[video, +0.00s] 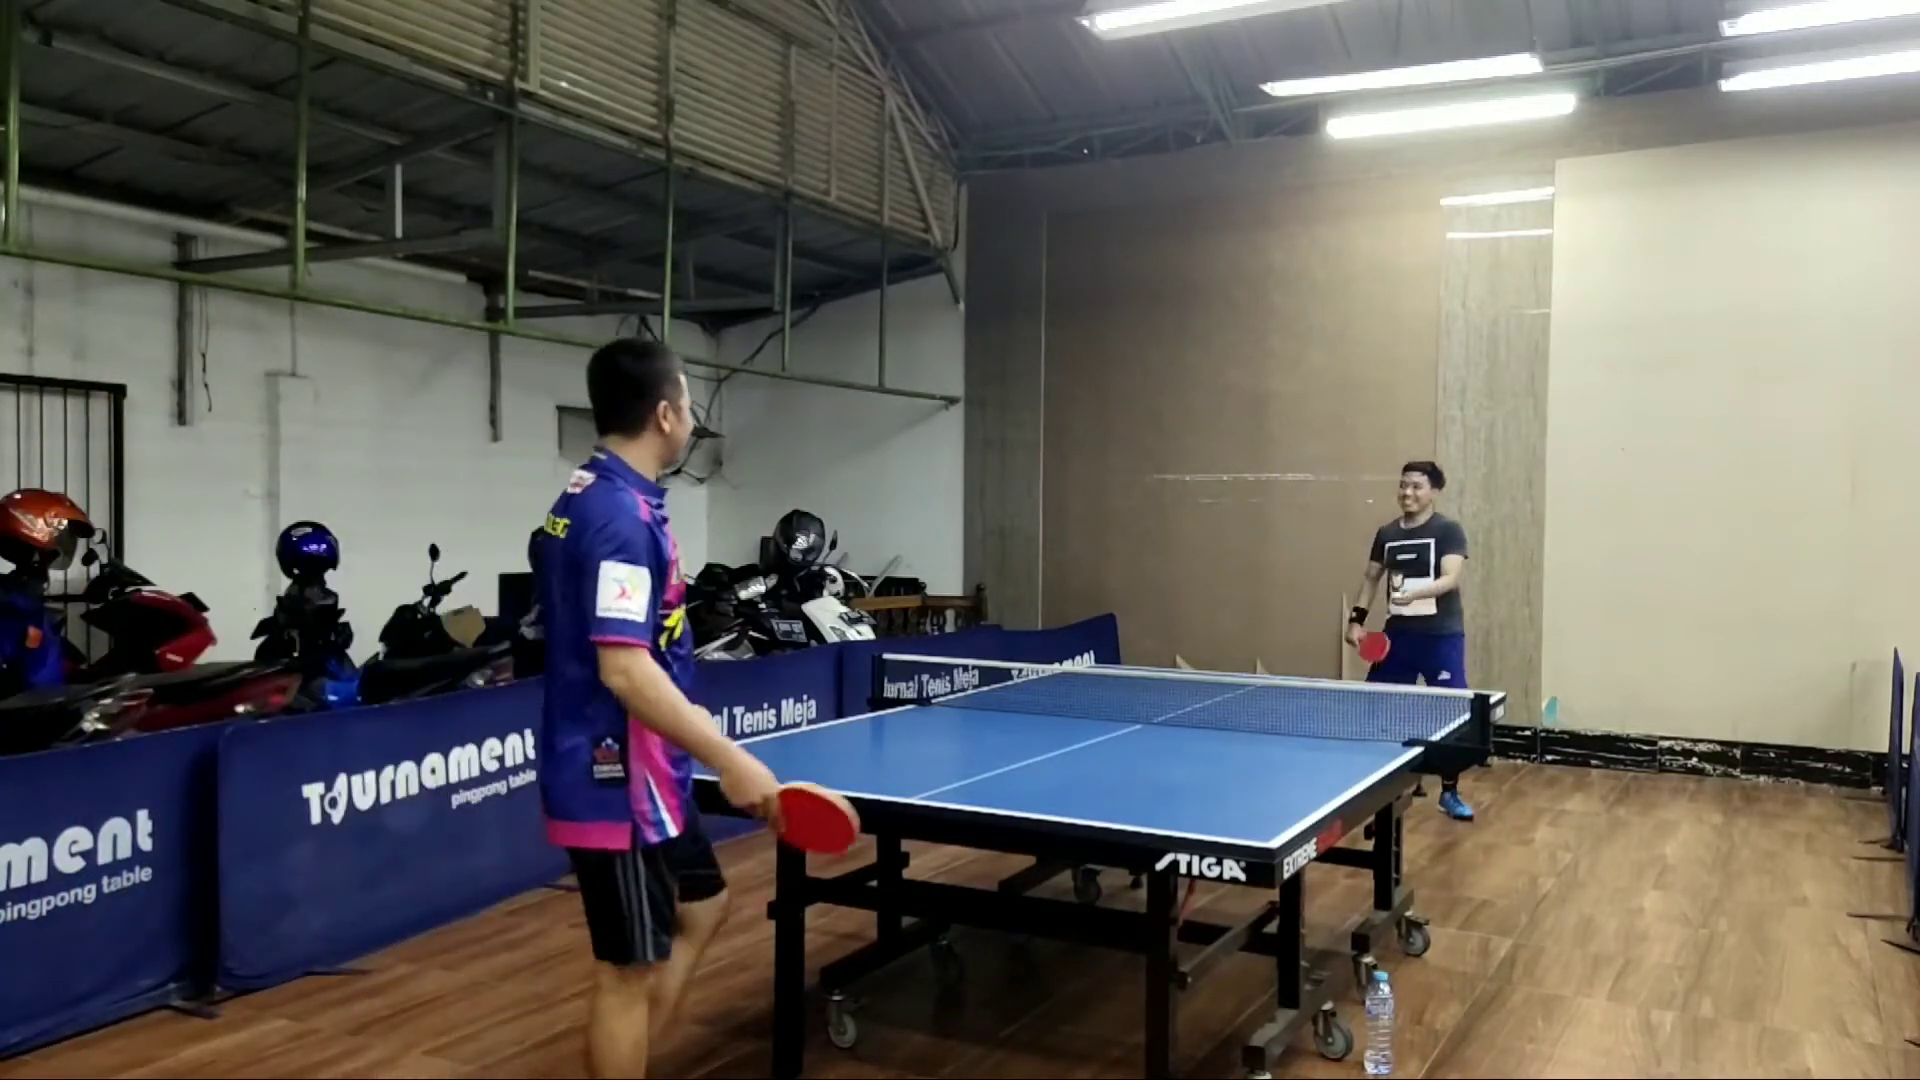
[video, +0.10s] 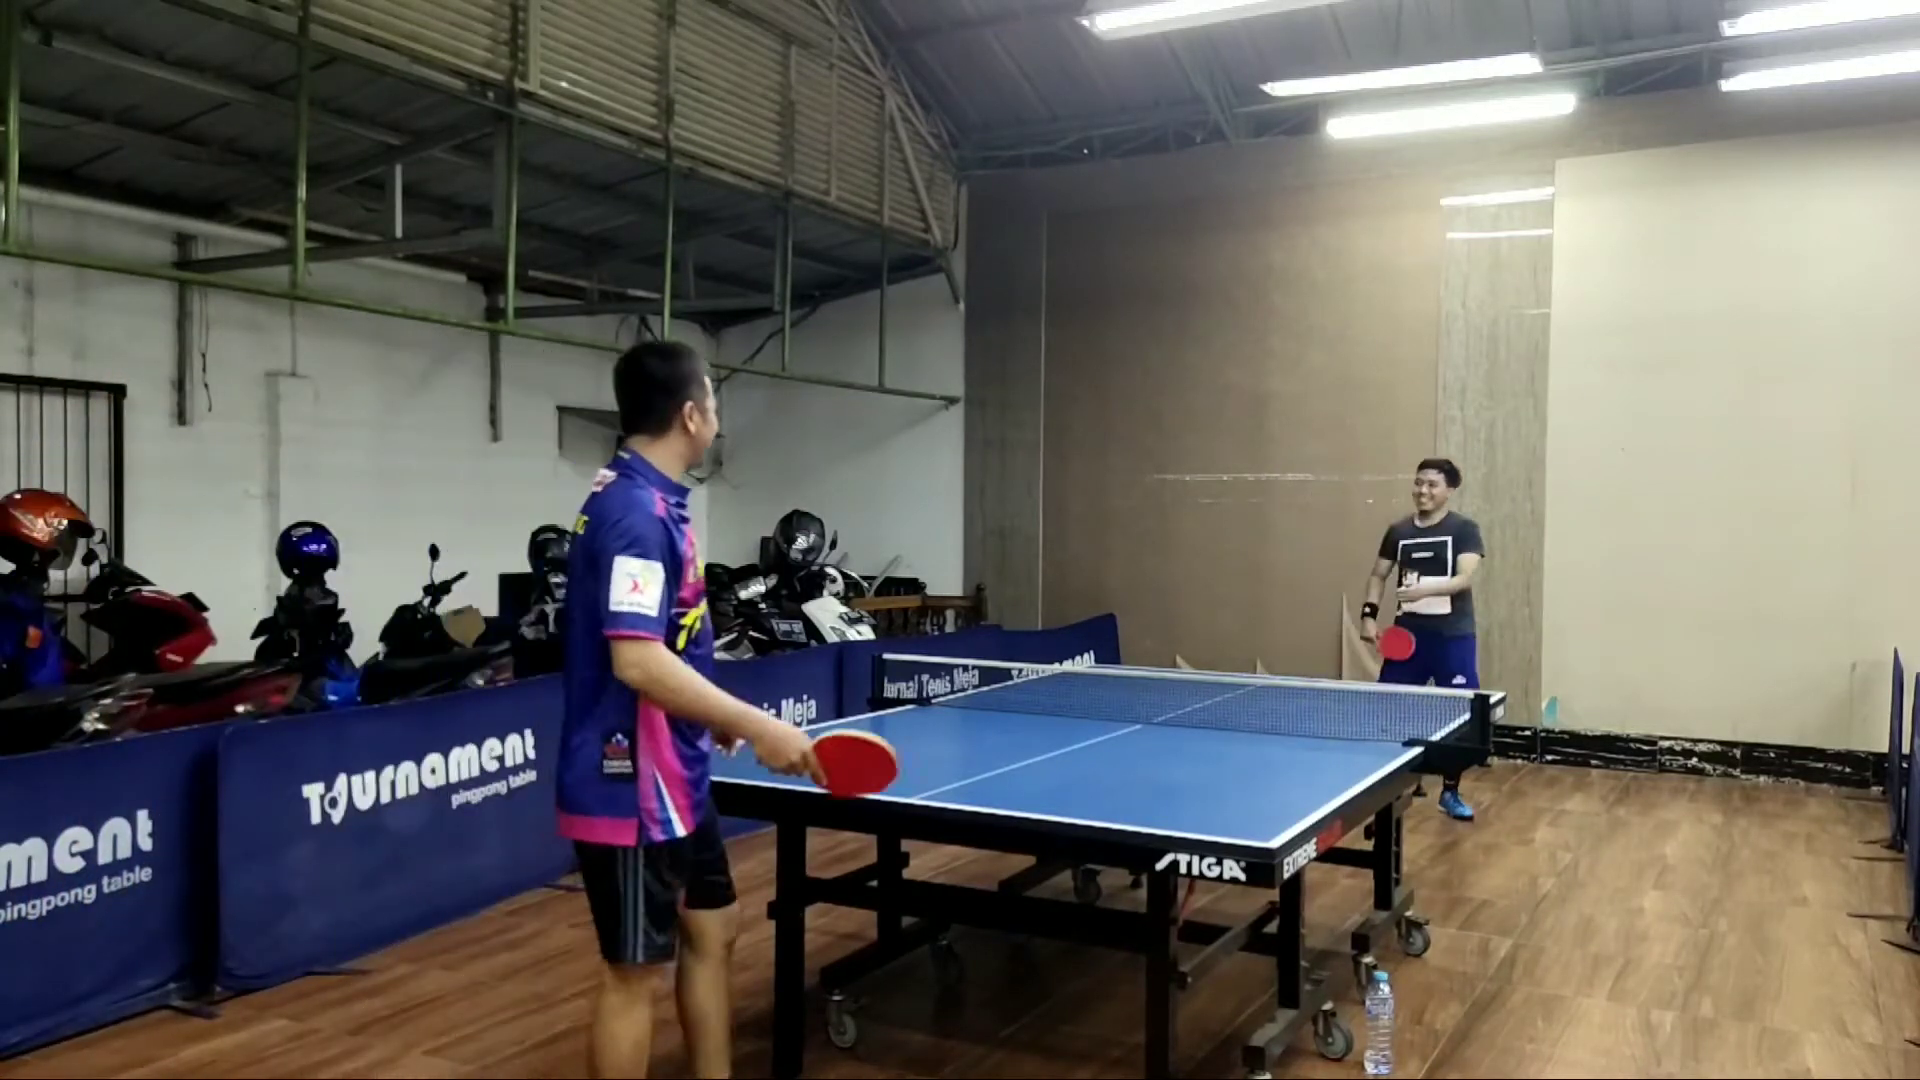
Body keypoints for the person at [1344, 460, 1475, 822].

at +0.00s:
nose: (1407, 492)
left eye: (1416, 486)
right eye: (1403, 486)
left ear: (1434, 492)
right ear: (1398, 491)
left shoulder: (1449, 531)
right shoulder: (1388, 534)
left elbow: (1451, 579)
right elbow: (1371, 579)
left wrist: (1415, 592)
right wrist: (1357, 619)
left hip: (1442, 640)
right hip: (1398, 639)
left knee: (1452, 711)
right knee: (1377, 707)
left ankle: (1449, 791)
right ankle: (1387, 785)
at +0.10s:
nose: (1423, 490)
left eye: (1432, 484)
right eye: (1419, 483)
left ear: (1450, 491)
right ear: (1413, 488)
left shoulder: (1464, 530)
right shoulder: (1398, 532)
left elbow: (1465, 578)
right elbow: (1379, 576)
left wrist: (1425, 588)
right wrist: (1369, 615)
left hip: (1454, 641)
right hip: (1408, 639)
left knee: (1461, 714)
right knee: (1389, 708)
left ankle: (1450, 791)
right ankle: (1393, 787)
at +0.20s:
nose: (1434, 489)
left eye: (1442, 483)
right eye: (1429, 482)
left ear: (1460, 489)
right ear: (1423, 486)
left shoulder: (1476, 528)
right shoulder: (1407, 529)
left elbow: (1481, 579)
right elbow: (1385, 573)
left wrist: (1443, 600)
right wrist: (1376, 596)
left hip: (1460, 641)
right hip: (1415, 638)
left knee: (1463, 714)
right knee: (1401, 709)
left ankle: (1450, 791)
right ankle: (1399, 785)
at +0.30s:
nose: (1440, 488)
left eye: (1449, 482)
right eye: (1436, 481)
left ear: (1467, 488)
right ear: (1429, 486)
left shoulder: (1483, 528)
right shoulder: (1413, 529)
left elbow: (1494, 581)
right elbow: (1391, 573)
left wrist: (1474, 626)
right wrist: (1378, 572)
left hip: (1467, 634)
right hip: (1422, 634)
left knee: (1466, 712)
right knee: (1419, 709)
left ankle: (1452, 791)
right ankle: (1423, 792)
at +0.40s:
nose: (1445, 492)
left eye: (1454, 486)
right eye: (1440, 484)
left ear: (1471, 492)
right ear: (1432, 489)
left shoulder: (1489, 530)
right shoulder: (1416, 533)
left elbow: (1503, 586)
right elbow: (1391, 580)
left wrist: (1513, 639)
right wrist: (1380, 570)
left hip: (1477, 641)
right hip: (1432, 639)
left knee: (1471, 716)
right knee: (1434, 713)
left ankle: (1453, 792)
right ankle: (1440, 797)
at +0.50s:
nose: (1449, 500)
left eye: (1457, 493)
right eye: (1442, 492)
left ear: (1473, 498)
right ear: (1434, 496)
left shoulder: (1492, 533)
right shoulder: (1421, 538)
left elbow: (1517, 586)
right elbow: (1393, 589)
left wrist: (1545, 636)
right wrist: (1382, 576)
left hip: (1482, 645)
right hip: (1440, 644)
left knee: (1477, 724)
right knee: (1450, 719)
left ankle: (1450, 795)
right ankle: (1458, 805)